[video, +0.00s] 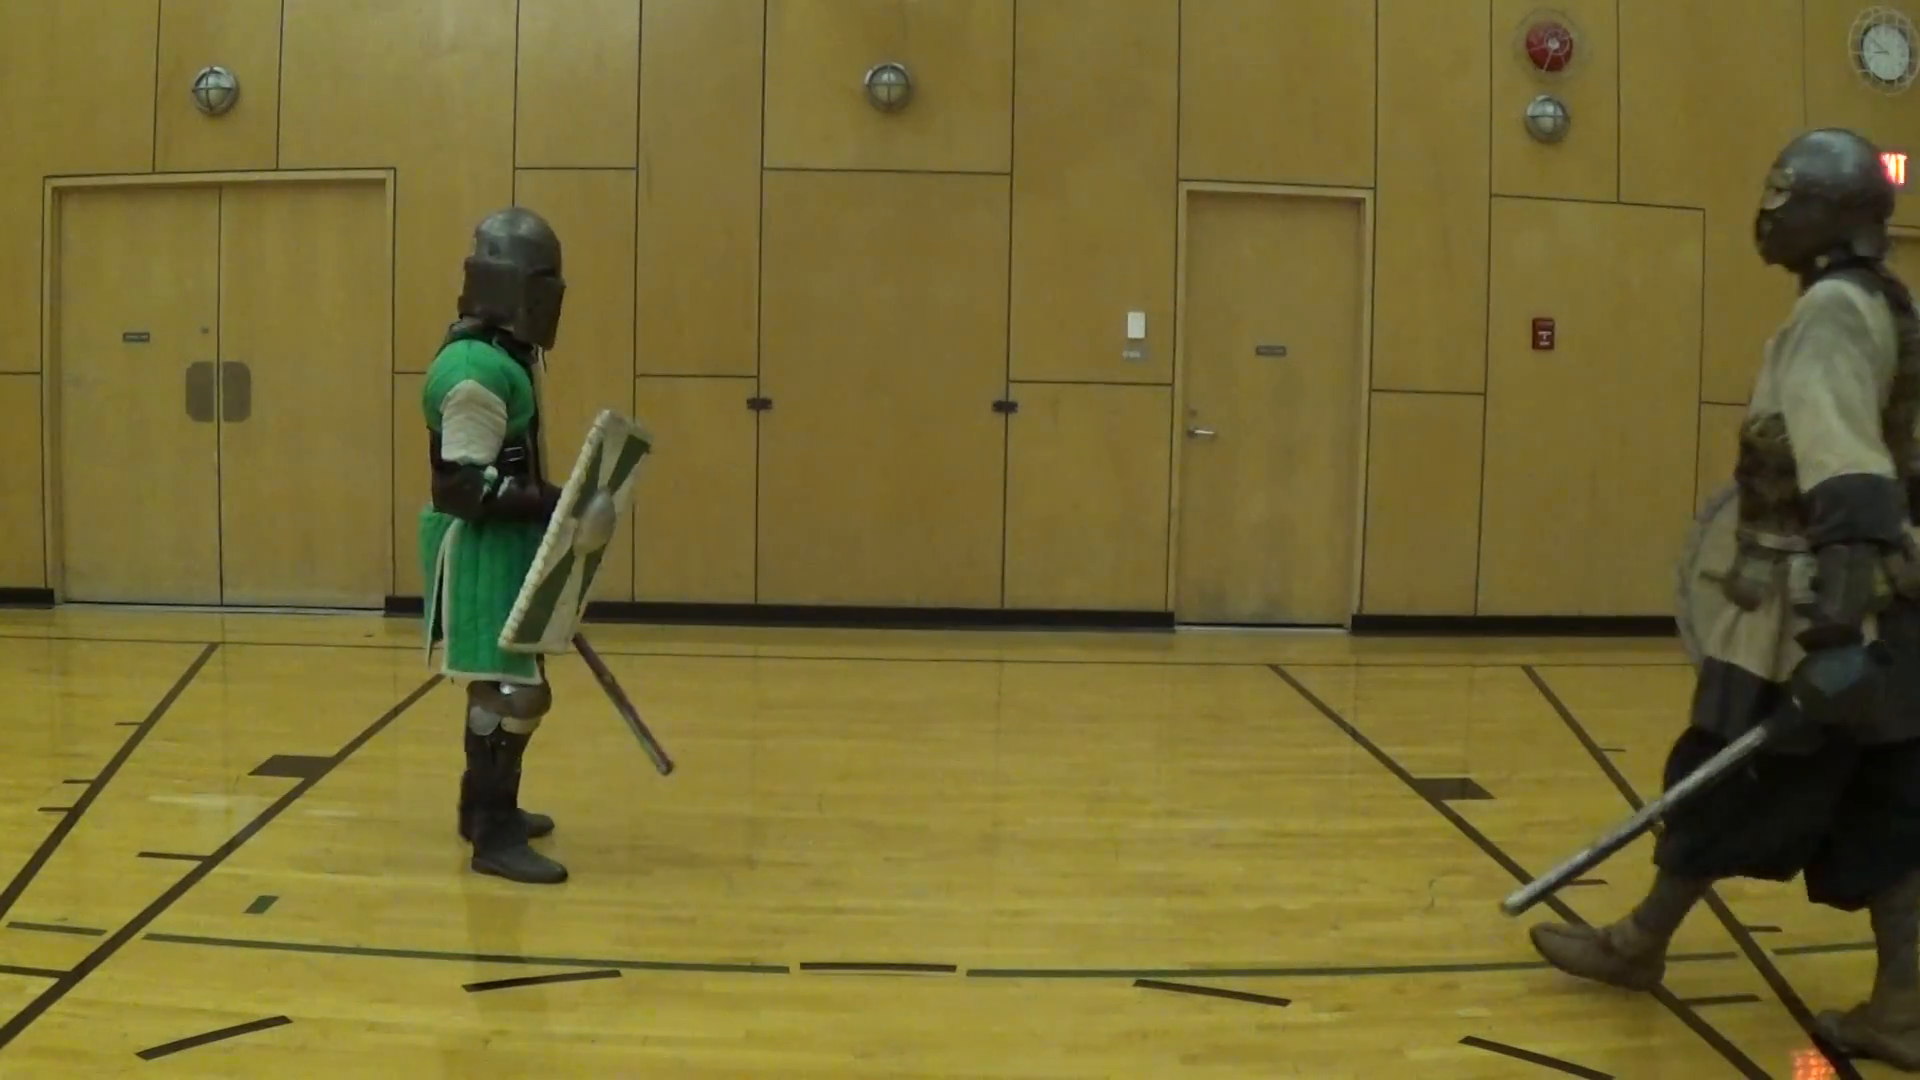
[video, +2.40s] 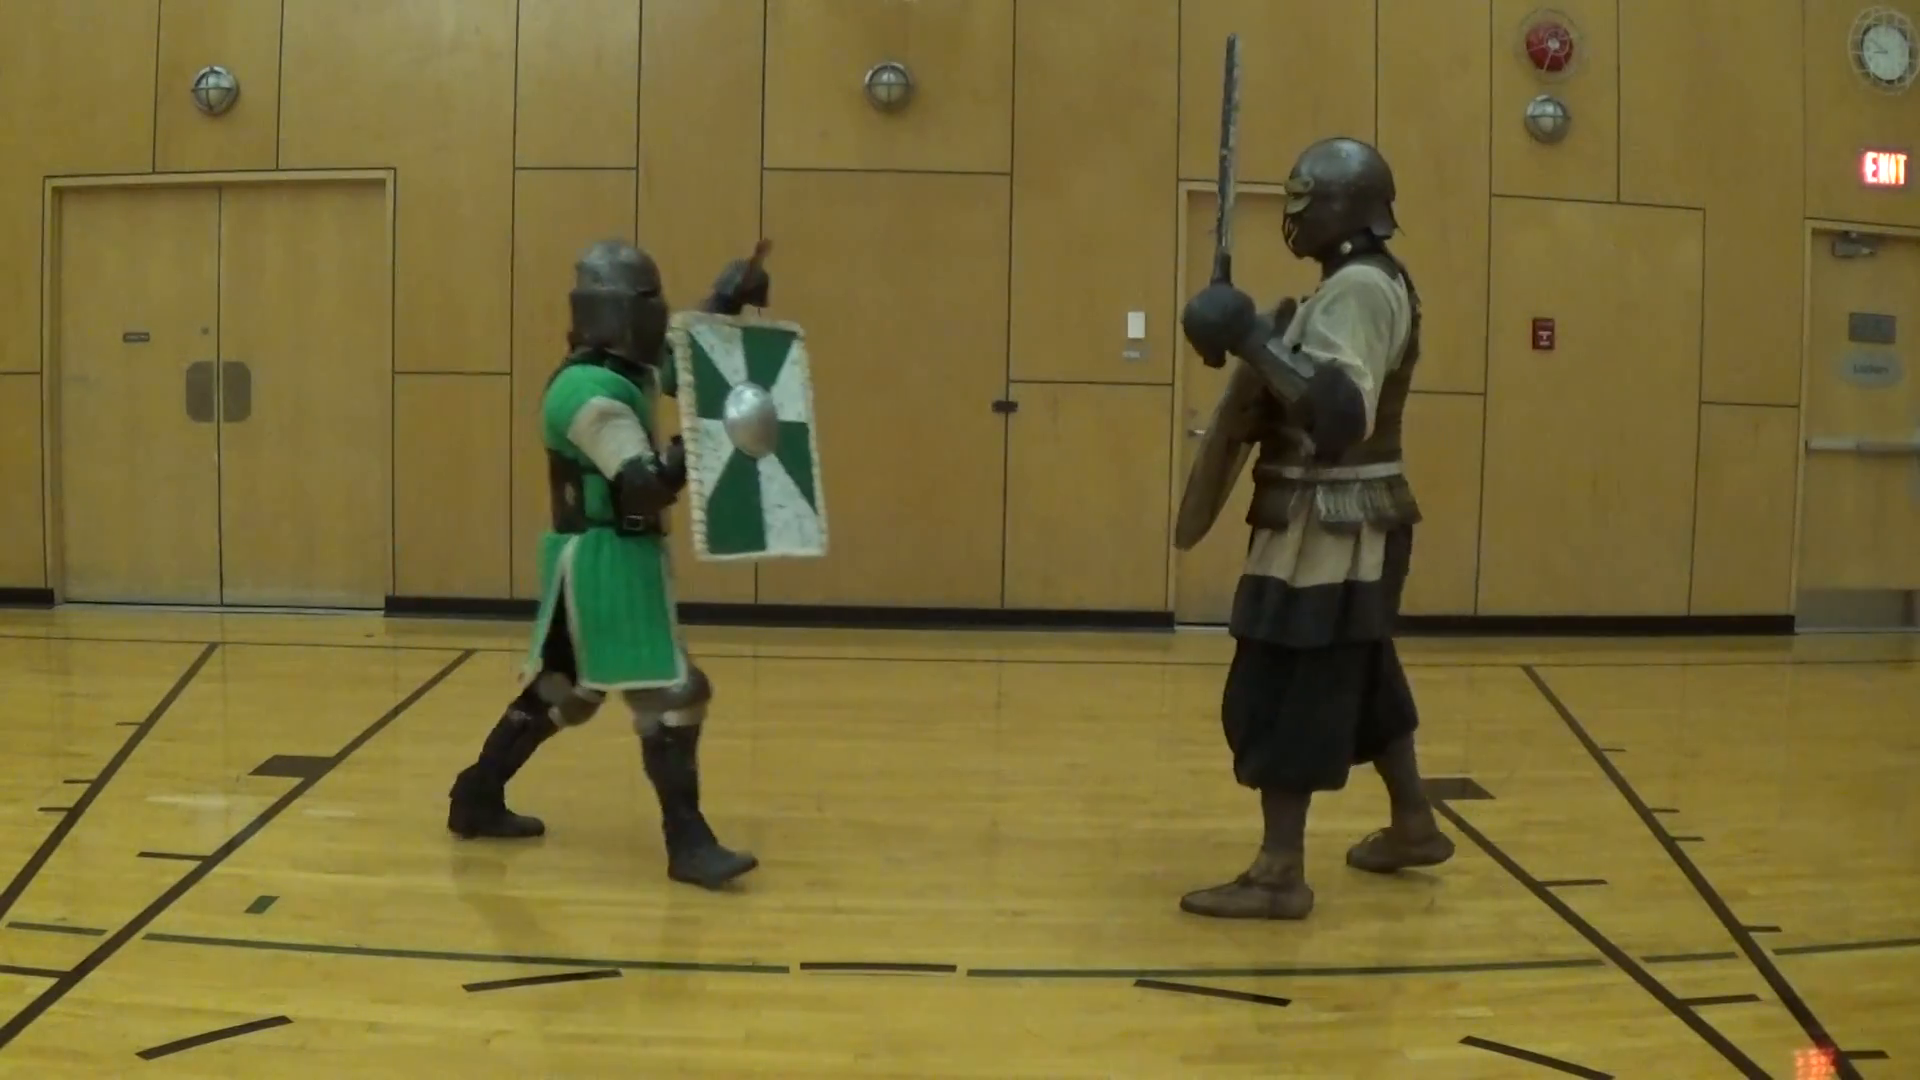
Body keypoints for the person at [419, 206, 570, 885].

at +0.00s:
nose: (554, 299)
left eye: (552, 286)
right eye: (547, 286)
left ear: (493, 285)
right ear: (519, 289)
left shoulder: (498, 363)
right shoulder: (475, 369)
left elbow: (498, 477)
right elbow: (461, 486)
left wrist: (562, 508)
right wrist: (561, 507)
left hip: (497, 544)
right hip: (480, 547)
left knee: (498, 683)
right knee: (516, 690)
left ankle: (486, 808)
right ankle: (494, 838)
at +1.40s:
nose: (489, 290)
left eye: (487, 278)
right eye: (477, 279)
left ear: (433, 291)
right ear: (442, 289)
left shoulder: (458, 362)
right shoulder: (426, 371)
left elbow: (479, 448)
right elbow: (441, 479)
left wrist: (531, 428)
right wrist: (534, 468)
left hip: (456, 533)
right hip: (455, 538)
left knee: (437, 669)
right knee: (504, 683)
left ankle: (398, 793)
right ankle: (488, 830)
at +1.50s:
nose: (498, 288)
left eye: (496, 276)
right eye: (484, 278)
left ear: (442, 294)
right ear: (448, 290)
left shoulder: (471, 361)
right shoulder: (433, 372)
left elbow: (506, 433)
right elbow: (466, 476)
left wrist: (551, 388)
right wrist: (549, 451)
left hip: (481, 530)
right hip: (465, 535)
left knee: (457, 673)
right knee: (507, 686)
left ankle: (403, 790)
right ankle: (488, 831)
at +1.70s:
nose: (521, 290)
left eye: (519, 276)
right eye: (509, 278)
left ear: (465, 291)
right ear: (476, 288)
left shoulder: (497, 357)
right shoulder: (452, 369)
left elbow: (559, 357)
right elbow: (508, 477)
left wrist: (607, 312)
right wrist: (577, 421)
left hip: (515, 529)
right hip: (477, 535)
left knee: (545, 667)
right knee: (507, 681)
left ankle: (448, 774)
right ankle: (487, 831)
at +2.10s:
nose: (575, 294)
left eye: (572, 281)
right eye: (562, 283)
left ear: (522, 296)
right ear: (523, 294)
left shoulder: (550, 360)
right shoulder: (501, 371)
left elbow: (621, 359)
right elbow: (557, 467)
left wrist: (652, 302)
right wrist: (619, 414)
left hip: (547, 531)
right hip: (517, 536)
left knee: (535, 672)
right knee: (587, 680)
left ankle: (473, 798)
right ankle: (543, 816)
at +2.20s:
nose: (598, 303)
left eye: (595, 290)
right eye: (586, 292)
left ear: (542, 299)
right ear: (554, 299)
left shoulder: (564, 363)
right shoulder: (526, 375)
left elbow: (631, 354)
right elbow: (576, 470)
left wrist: (667, 303)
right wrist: (633, 426)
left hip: (555, 539)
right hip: (538, 543)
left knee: (539, 680)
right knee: (601, 684)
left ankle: (473, 800)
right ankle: (614, 834)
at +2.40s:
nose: (659, 318)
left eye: (655, 306)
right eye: (649, 307)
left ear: (597, 316)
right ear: (621, 316)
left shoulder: (622, 376)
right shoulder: (589, 391)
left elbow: (687, 364)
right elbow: (643, 486)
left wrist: (721, 309)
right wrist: (707, 434)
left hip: (595, 556)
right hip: (609, 558)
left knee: (566, 689)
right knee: (671, 696)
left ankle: (477, 796)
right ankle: (689, 842)